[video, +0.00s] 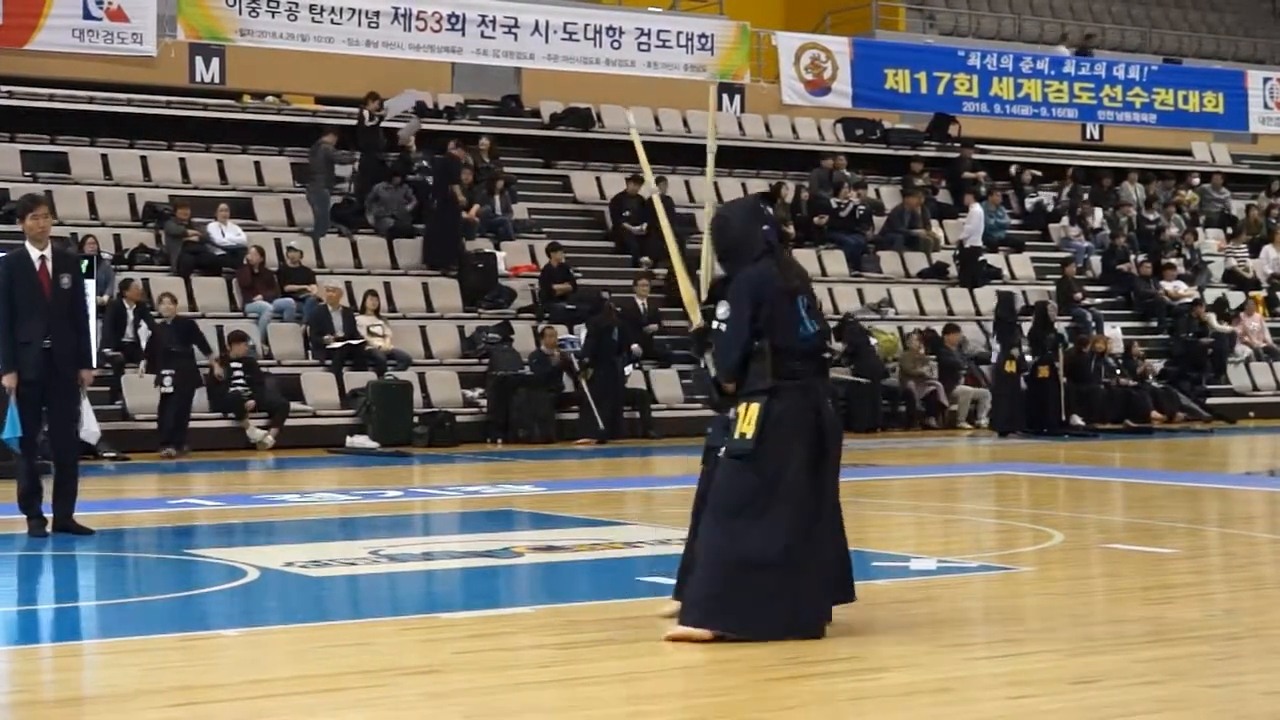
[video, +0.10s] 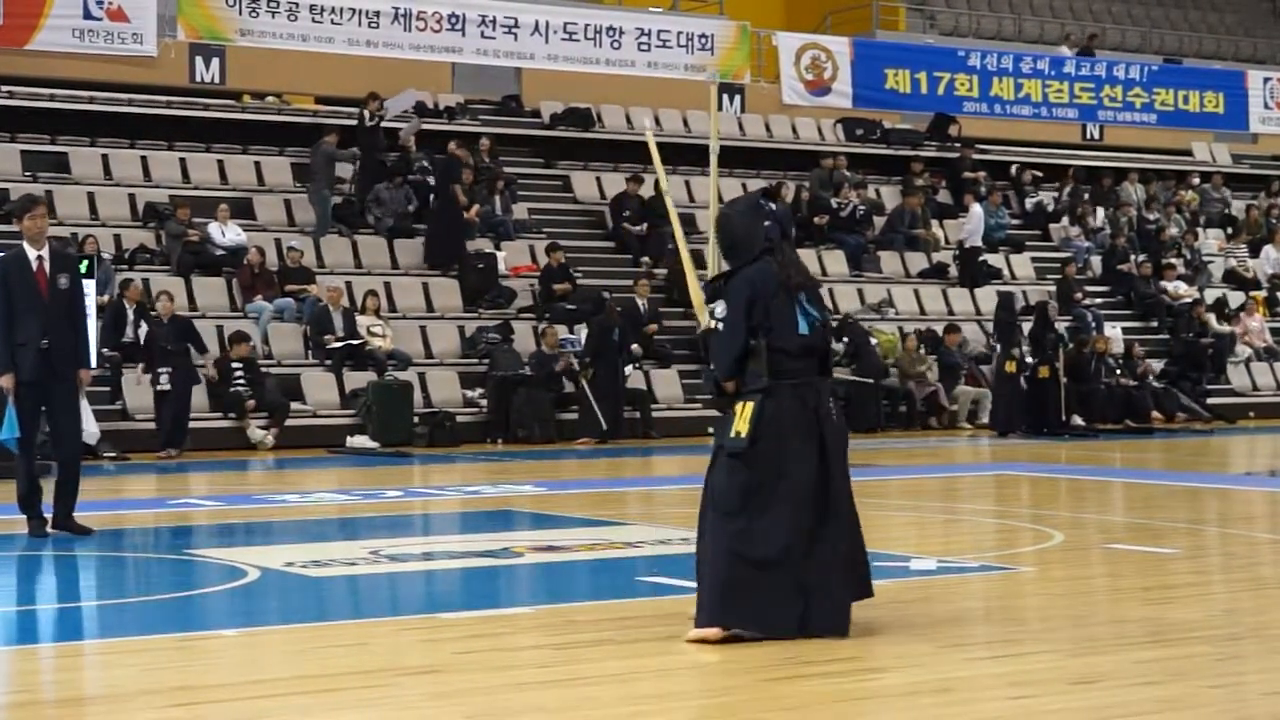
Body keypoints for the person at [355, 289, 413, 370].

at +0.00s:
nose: (374, 302)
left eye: (376, 300)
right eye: (371, 299)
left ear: (379, 302)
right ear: (365, 301)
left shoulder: (382, 319)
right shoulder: (358, 319)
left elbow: (388, 333)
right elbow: (362, 337)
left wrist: (387, 344)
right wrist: (377, 345)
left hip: (384, 346)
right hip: (370, 347)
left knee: (406, 358)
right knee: (381, 359)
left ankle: (393, 378)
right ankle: (381, 381)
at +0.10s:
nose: (374, 302)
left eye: (376, 300)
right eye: (371, 299)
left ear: (379, 302)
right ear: (365, 301)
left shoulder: (382, 319)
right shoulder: (358, 319)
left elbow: (388, 332)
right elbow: (362, 337)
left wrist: (387, 345)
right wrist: (377, 345)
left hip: (384, 345)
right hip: (370, 347)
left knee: (406, 358)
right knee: (381, 359)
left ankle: (393, 379)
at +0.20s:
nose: (374, 302)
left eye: (376, 300)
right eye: (371, 299)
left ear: (379, 302)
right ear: (365, 301)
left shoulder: (382, 319)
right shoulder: (358, 319)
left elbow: (388, 332)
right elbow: (362, 337)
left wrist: (387, 344)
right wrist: (377, 344)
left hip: (384, 345)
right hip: (370, 347)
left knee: (406, 358)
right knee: (381, 359)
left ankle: (393, 379)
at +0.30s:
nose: (374, 302)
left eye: (376, 300)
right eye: (371, 299)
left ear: (379, 302)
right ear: (365, 301)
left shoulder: (382, 319)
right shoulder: (358, 319)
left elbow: (388, 332)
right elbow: (362, 337)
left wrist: (387, 344)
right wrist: (377, 344)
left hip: (384, 345)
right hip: (370, 347)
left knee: (406, 358)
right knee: (381, 359)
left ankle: (393, 379)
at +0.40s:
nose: (374, 302)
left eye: (376, 300)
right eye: (371, 299)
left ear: (379, 302)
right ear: (365, 301)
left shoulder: (382, 319)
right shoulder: (358, 319)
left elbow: (389, 332)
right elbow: (362, 337)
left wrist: (387, 344)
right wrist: (377, 345)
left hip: (384, 345)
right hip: (370, 347)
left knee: (406, 358)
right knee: (381, 359)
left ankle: (393, 379)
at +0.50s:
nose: (374, 302)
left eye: (376, 299)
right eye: (371, 299)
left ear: (379, 302)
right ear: (365, 301)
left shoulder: (382, 319)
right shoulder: (358, 319)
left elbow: (389, 332)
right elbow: (362, 337)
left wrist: (387, 344)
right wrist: (377, 345)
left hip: (385, 345)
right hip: (370, 347)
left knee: (406, 358)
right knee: (381, 359)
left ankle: (394, 379)